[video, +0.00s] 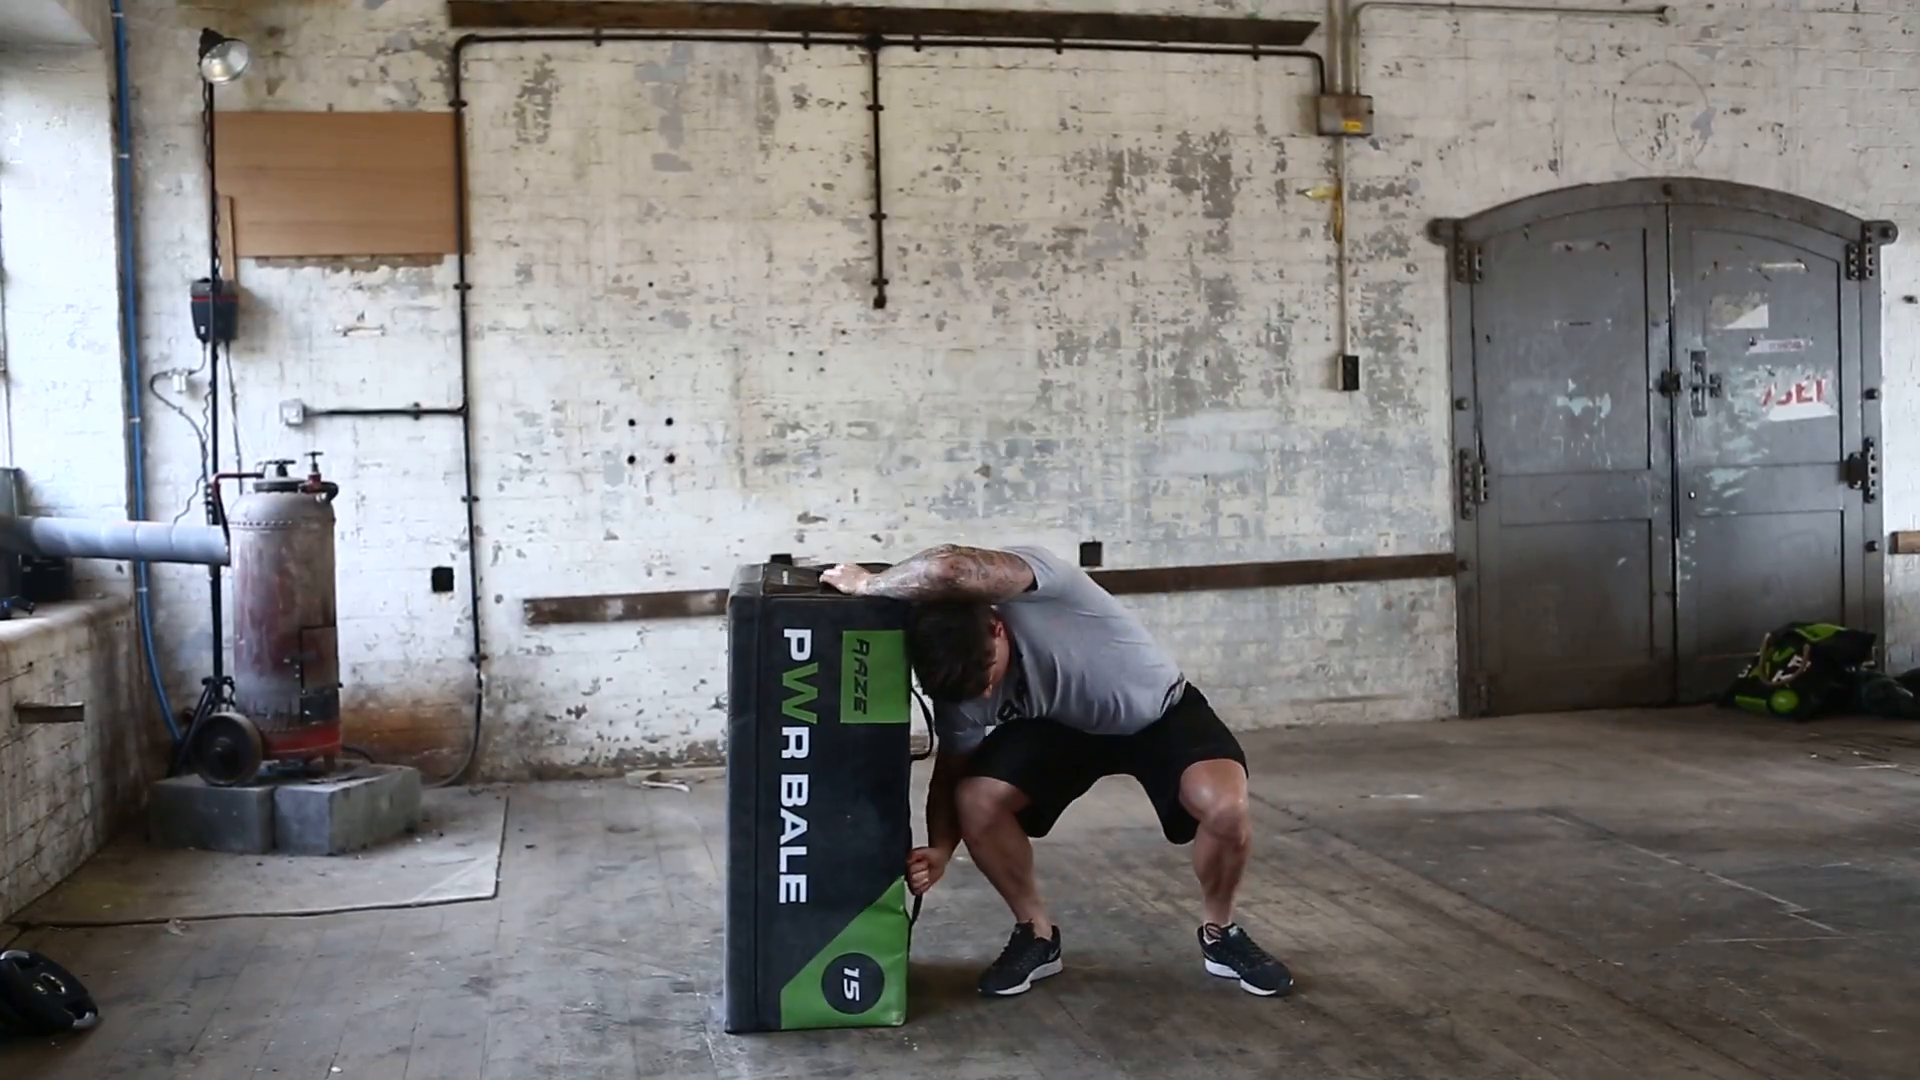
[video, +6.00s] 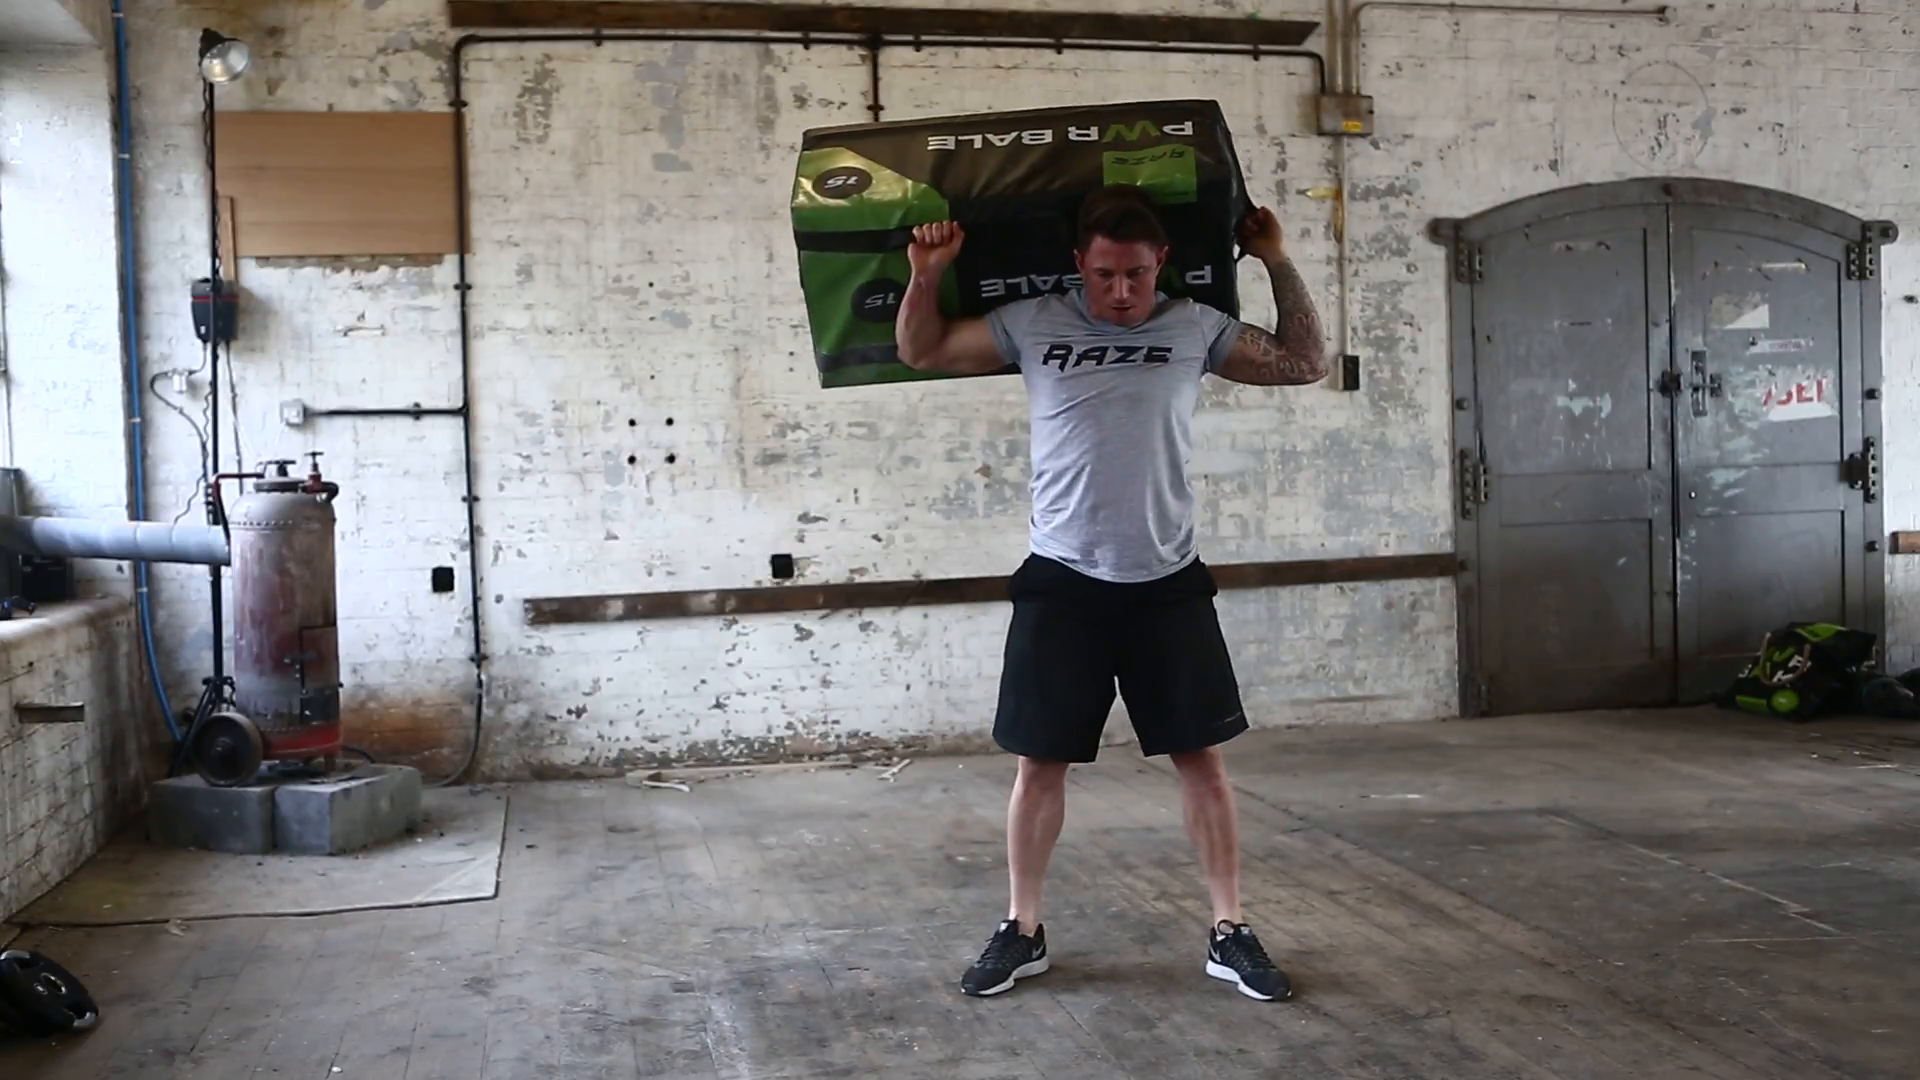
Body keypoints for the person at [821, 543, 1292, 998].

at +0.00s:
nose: (987, 696)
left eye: (987, 679)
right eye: (972, 694)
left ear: (995, 630)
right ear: (937, 683)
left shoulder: (1045, 580)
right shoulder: (957, 694)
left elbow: (953, 568)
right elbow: (951, 771)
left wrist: (871, 584)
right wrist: (939, 850)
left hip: (1158, 709)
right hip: (1058, 727)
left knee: (1223, 805)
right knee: (976, 802)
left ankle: (1220, 933)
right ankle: (1038, 933)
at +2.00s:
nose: (1122, 302)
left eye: (1138, 287)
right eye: (1107, 286)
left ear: (1168, 270)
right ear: (1085, 270)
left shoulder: (1204, 327)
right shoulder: (1045, 322)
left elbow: (1320, 343)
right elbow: (936, 348)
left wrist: (1283, 244)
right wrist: (926, 281)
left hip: (1175, 581)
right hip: (1068, 582)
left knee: (1205, 758)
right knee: (1045, 764)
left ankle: (1231, 928)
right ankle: (1029, 927)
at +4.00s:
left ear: (1056, 686)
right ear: (982, 715)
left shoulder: (1074, 602)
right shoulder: (975, 696)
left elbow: (1071, 626)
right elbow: (959, 773)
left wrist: (961, 609)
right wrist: (955, 855)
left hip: (1159, 745)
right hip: (1062, 760)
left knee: (1241, 796)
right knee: (985, 814)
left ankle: (1226, 935)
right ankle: (1026, 935)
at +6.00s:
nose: (1121, 291)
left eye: (1136, 275)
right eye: (1106, 275)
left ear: (1160, 268)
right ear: (1080, 266)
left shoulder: (1191, 327)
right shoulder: (1035, 324)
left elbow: (1305, 361)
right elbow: (922, 349)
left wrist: (1276, 258)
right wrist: (924, 275)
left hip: (1167, 582)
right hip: (1061, 582)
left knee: (1200, 759)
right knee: (1039, 766)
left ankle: (1230, 929)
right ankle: (1021, 927)